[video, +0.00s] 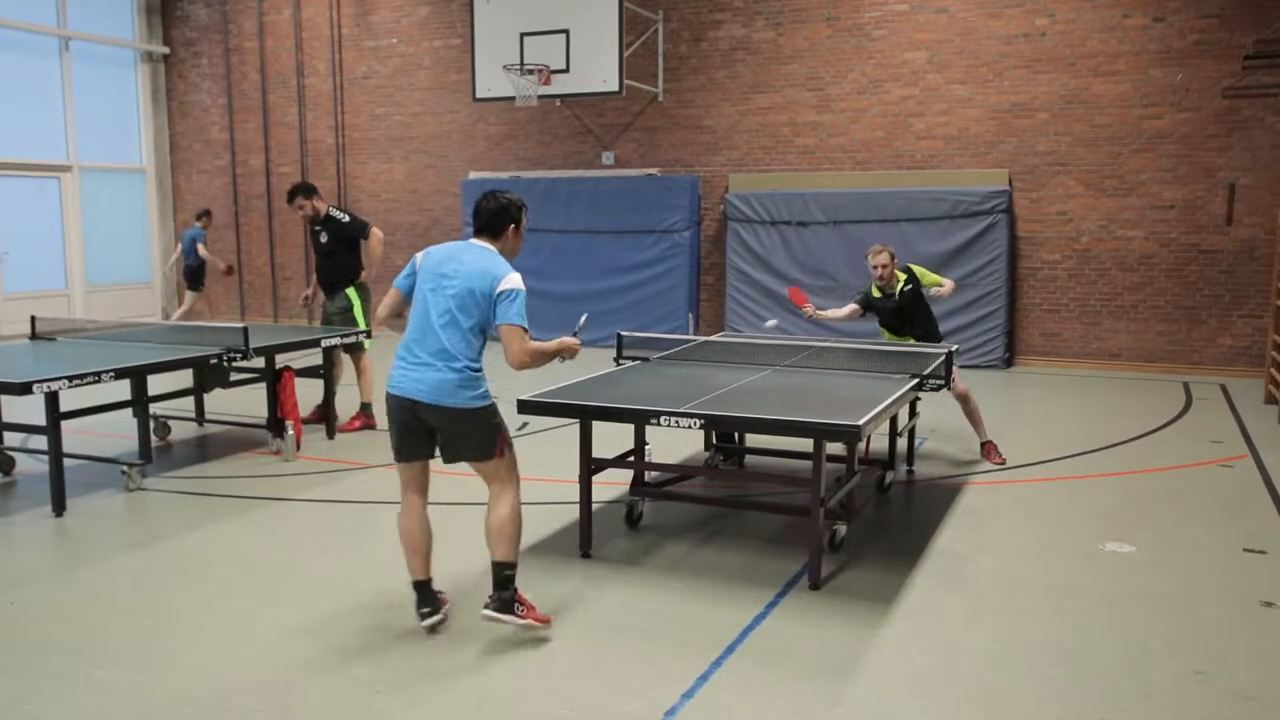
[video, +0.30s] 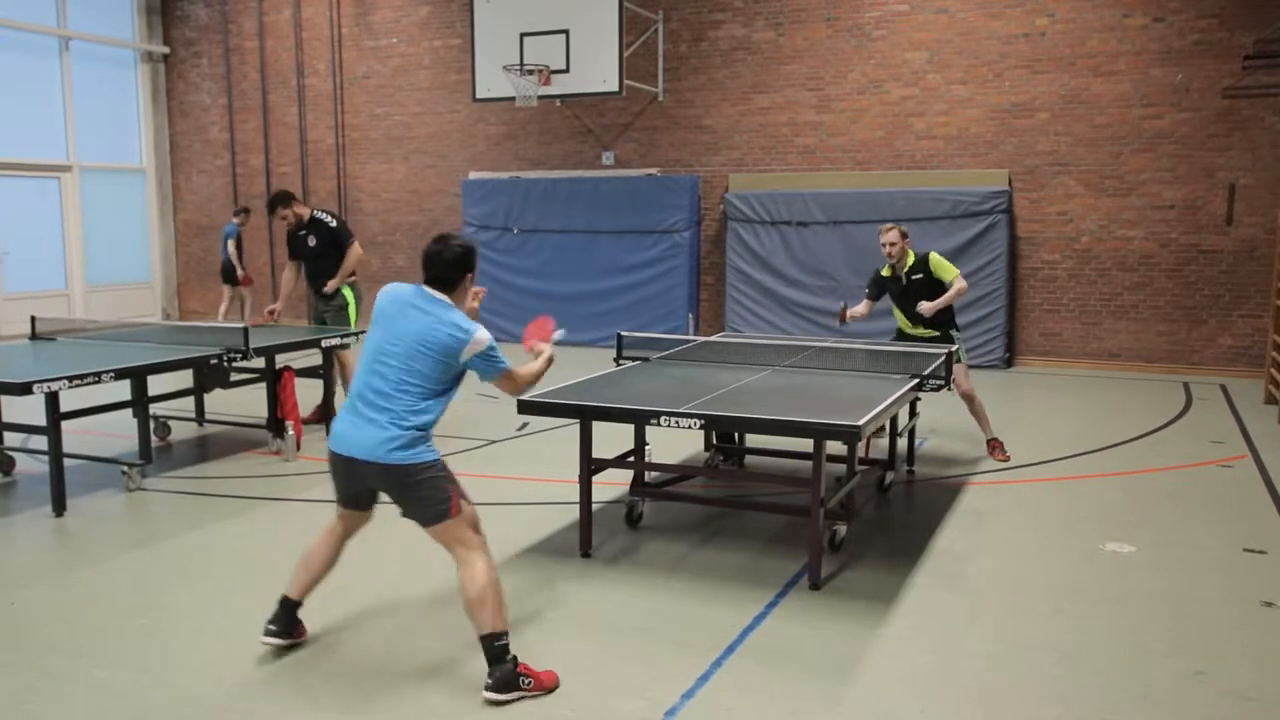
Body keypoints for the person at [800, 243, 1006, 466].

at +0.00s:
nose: (879, 273)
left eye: (883, 267)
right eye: (874, 268)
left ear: (894, 264)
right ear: (870, 269)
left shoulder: (912, 274)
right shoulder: (870, 295)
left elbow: (948, 284)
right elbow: (849, 312)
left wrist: (944, 290)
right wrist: (818, 314)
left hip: (930, 347)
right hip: (894, 352)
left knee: (961, 391)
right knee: (870, 391)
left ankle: (986, 443)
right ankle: (859, 446)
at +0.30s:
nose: (888, 250)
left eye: (892, 244)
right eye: (883, 245)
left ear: (906, 243)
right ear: (880, 247)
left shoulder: (929, 260)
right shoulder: (882, 276)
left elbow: (961, 285)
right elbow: (866, 306)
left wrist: (935, 304)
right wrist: (850, 313)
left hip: (943, 335)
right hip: (907, 337)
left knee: (965, 390)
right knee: (882, 381)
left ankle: (991, 439)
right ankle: (877, 424)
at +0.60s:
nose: (890, 273)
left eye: (895, 267)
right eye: (886, 268)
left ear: (907, 263)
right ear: (882, 268)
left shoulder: (928, 273)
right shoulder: (885, 293)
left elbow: (960, 294)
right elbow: (868, 322)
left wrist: (935, 302)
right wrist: (873, 339)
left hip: (946, 343)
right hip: (912, 346)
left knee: (965, 391)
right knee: (885, 384)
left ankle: (991, 440)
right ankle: (869, 431)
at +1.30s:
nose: (904, 247)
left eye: (909, 242)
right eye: (899, 242)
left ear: (917, 242)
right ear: (892, 243)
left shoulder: (933, 262)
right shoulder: (886, 271)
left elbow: (959, 291)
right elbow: (872, 302)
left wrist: (943, 307)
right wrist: (862, 319)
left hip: (933, 332)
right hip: (898, 331)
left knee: (959, 382)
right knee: (875, 379)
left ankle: (975, 431)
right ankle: (864, 437)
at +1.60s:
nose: (907, 234)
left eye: (912, 229)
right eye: (902, 229)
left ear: (920, 230)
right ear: (896, 230)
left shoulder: (935, 252)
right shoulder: (887, 260)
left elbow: (956, 281)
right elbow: (875, 288)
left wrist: (938, 306)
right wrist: (879, 314)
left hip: (933, 324)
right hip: (900, 324)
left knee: (955, 375)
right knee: (882, 372)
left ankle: (964, 416)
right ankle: (867, 428)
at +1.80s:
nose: (921, 314)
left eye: (926, 311)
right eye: (916, 310)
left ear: (936, 301)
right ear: (910, 298)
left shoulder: (946, 299)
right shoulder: (898, 298)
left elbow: (948, 337)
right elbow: (890, 327)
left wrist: (929, 338)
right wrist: (923, 318)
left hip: (940, 354)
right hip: (903, 355)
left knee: (971, 387)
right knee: (875, 387)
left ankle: (969, 436)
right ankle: (862, 439)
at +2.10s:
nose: (929, 308)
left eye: (934, 305)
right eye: (925, 304)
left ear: (942, 297)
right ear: (918, 293)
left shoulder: (949, 293)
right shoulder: (905, 297)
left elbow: (957, 327)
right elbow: (911, 322)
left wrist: (938, 330)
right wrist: (944, 313)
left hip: (938, 356)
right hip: (904, 357)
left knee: (978, 388)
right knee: (877, 391)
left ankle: (970, 437)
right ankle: (863, 437)